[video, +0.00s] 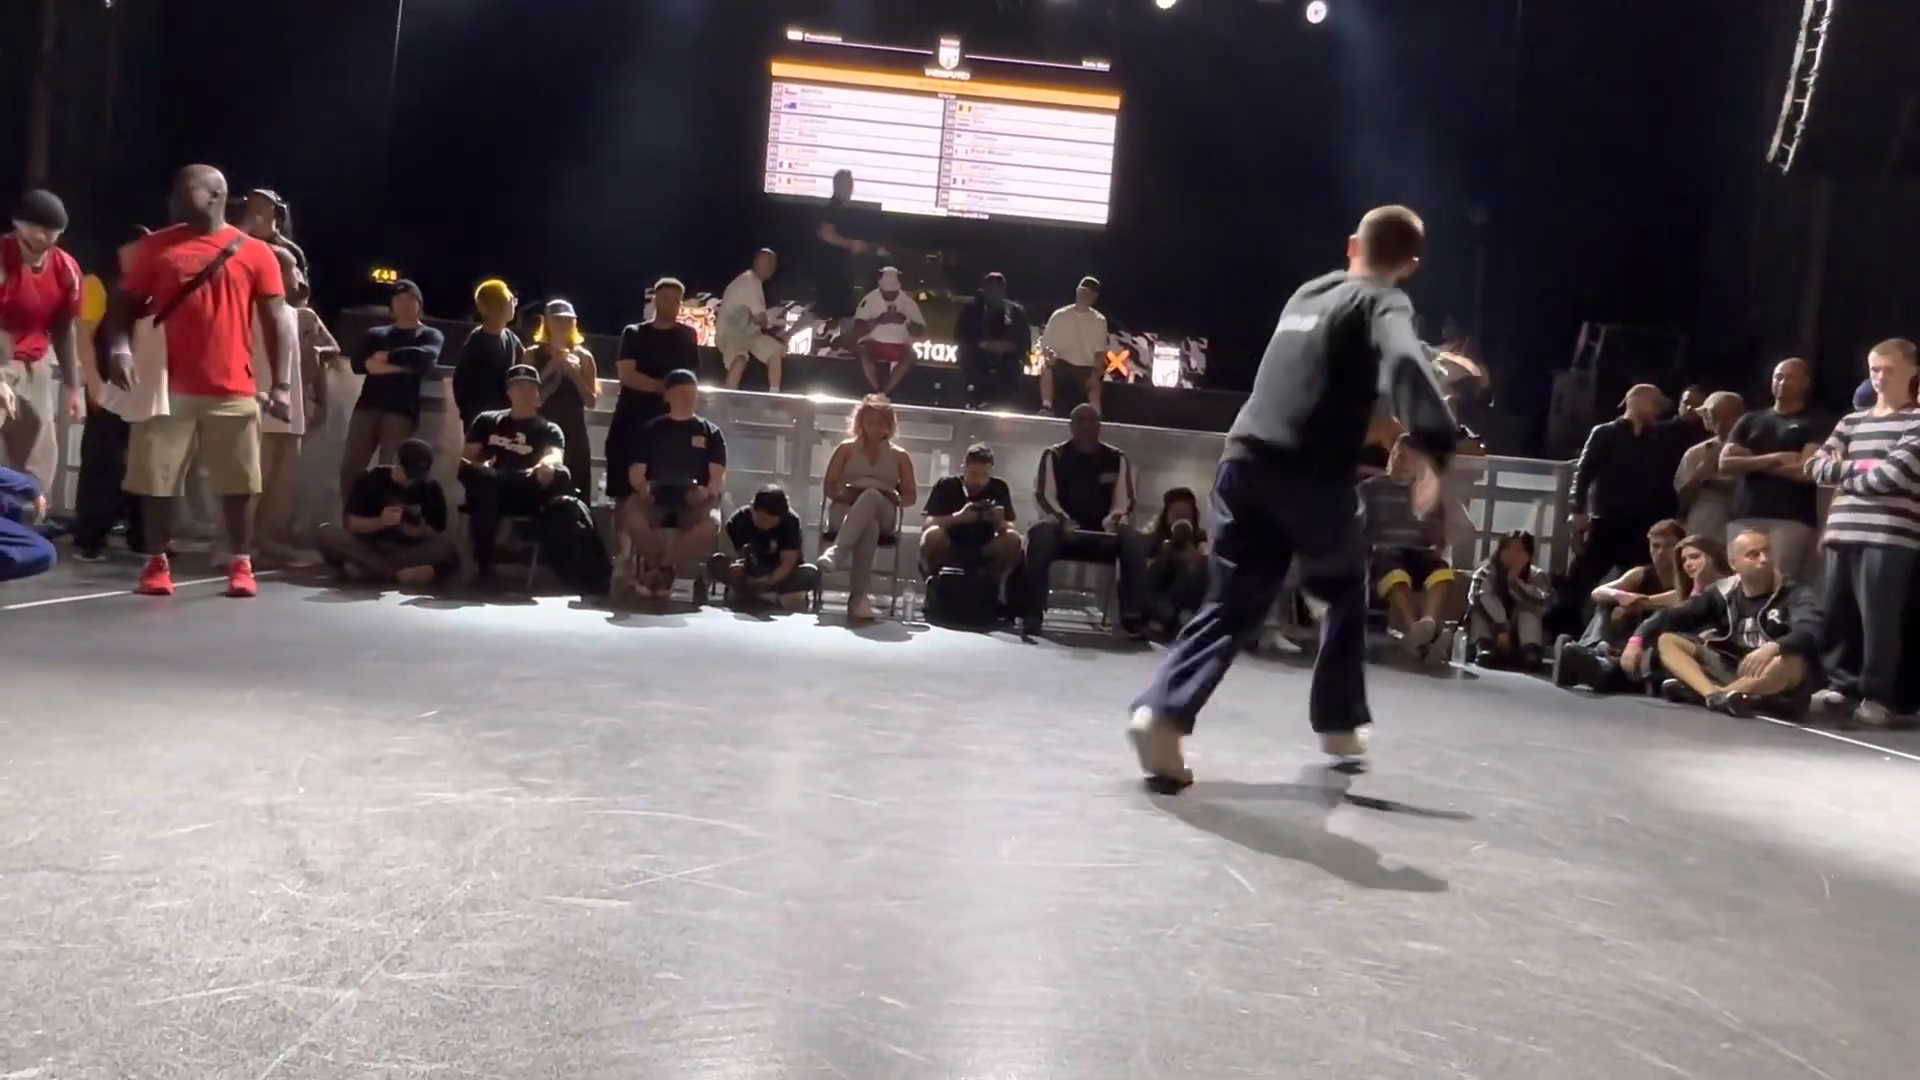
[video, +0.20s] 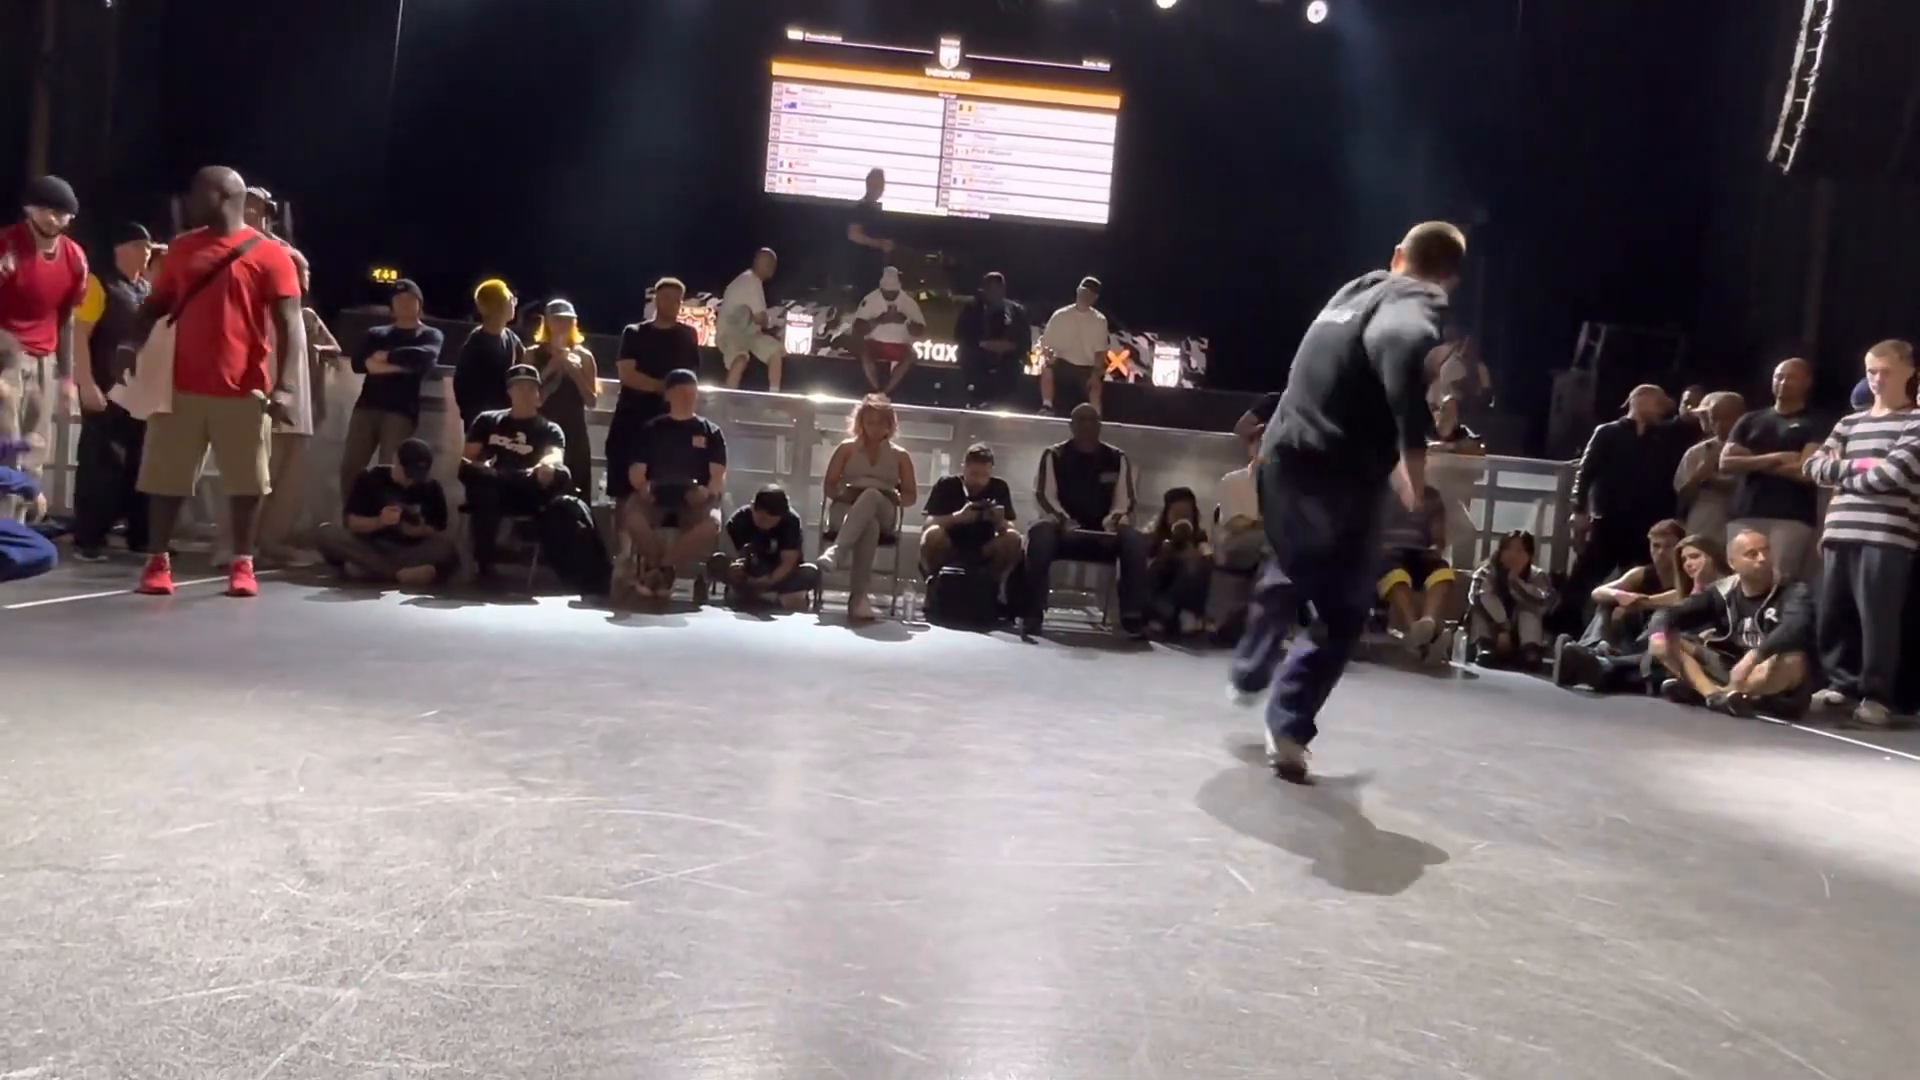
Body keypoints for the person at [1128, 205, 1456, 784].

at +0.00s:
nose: (1411, 276)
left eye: (1356, 245)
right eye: (1414, 264)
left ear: (1351, 250)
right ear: (1412, 264)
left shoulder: (1308, 292)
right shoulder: (1388, 302)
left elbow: (1314, 399)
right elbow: (1406, 362)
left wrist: (1385, 446)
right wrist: (1436, 451)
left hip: (1244, 455)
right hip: (1312, 468)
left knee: (1231, 601)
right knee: (1345, 594)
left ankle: (1163, 712)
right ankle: (1340, 726)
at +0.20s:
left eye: (1400, 255)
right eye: (1448, 283)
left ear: (1397, 258)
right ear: (1451, 276)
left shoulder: (1358, 288)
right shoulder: (1421, 299)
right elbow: (1395, 340)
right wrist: (1414, 457)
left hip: (1283, 449)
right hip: (1339, 465)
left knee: (1290, 562)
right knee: (1342, 609)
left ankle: (1247, 673)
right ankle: (1290, 721)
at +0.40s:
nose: (1470, 306)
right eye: (1476, 296)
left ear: (1421, 275)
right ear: (1478, 295)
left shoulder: (1354, 320)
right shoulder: (1459, 342)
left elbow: (1267, 367)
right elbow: (1497, 441)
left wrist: (1194, 424)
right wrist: (1493, 426)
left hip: (1330, 491)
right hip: (1372, 499)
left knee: (1437, 620)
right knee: (1380, 633)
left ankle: (1395, 739)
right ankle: (1270, 689)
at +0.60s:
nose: (1483, 256)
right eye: (1486, 247)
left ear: (1425, 230)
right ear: (1484, 248)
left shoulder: (1366, 262)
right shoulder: (1478, 295)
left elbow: (1261, 286)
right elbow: (1532, 398)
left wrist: (1235, 363)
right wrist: (1527, 453)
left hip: (1319, 446)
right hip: (1387, 456)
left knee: (1355, 594)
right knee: (1403, 599)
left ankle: (1360, 720)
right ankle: (1326, 710)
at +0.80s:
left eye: (1419, 210)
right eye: (1483, 225)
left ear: (1416, 211)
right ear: (1481, 231)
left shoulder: (1355, 255)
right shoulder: (1494, 296)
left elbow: (1265, 301)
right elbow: (1568, 381)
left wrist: (1316, 313)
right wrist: (1541, 495)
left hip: (1324, 441)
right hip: (1408, 463)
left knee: (1304, 543)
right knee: (1372, 595)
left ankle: (1307, 640)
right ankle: (1362, 753)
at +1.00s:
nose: (1411, 158)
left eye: (1413, 147)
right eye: (1430, 155)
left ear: (1414, 147)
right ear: (1482, 163)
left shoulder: (1357, 200)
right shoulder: (1504, 242)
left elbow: (1255, 253)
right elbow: (1522, 343)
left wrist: (1273, 337)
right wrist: (1475, 453)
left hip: (1330, 430)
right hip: (1422, 447)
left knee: (1310, 583)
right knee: (1385, 604)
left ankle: (1293, 768)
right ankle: (1359, 767)